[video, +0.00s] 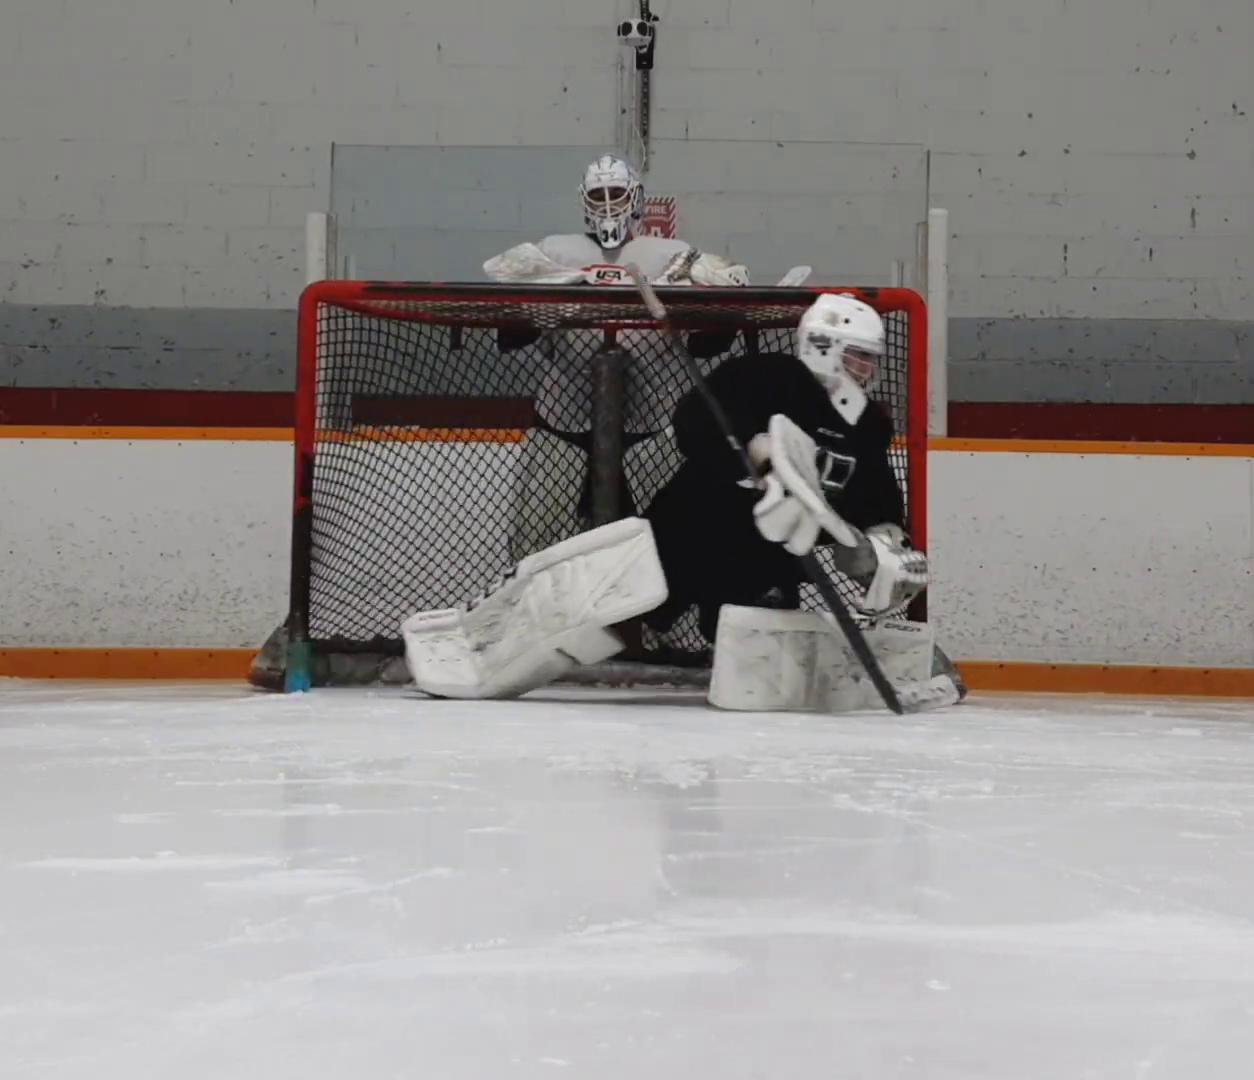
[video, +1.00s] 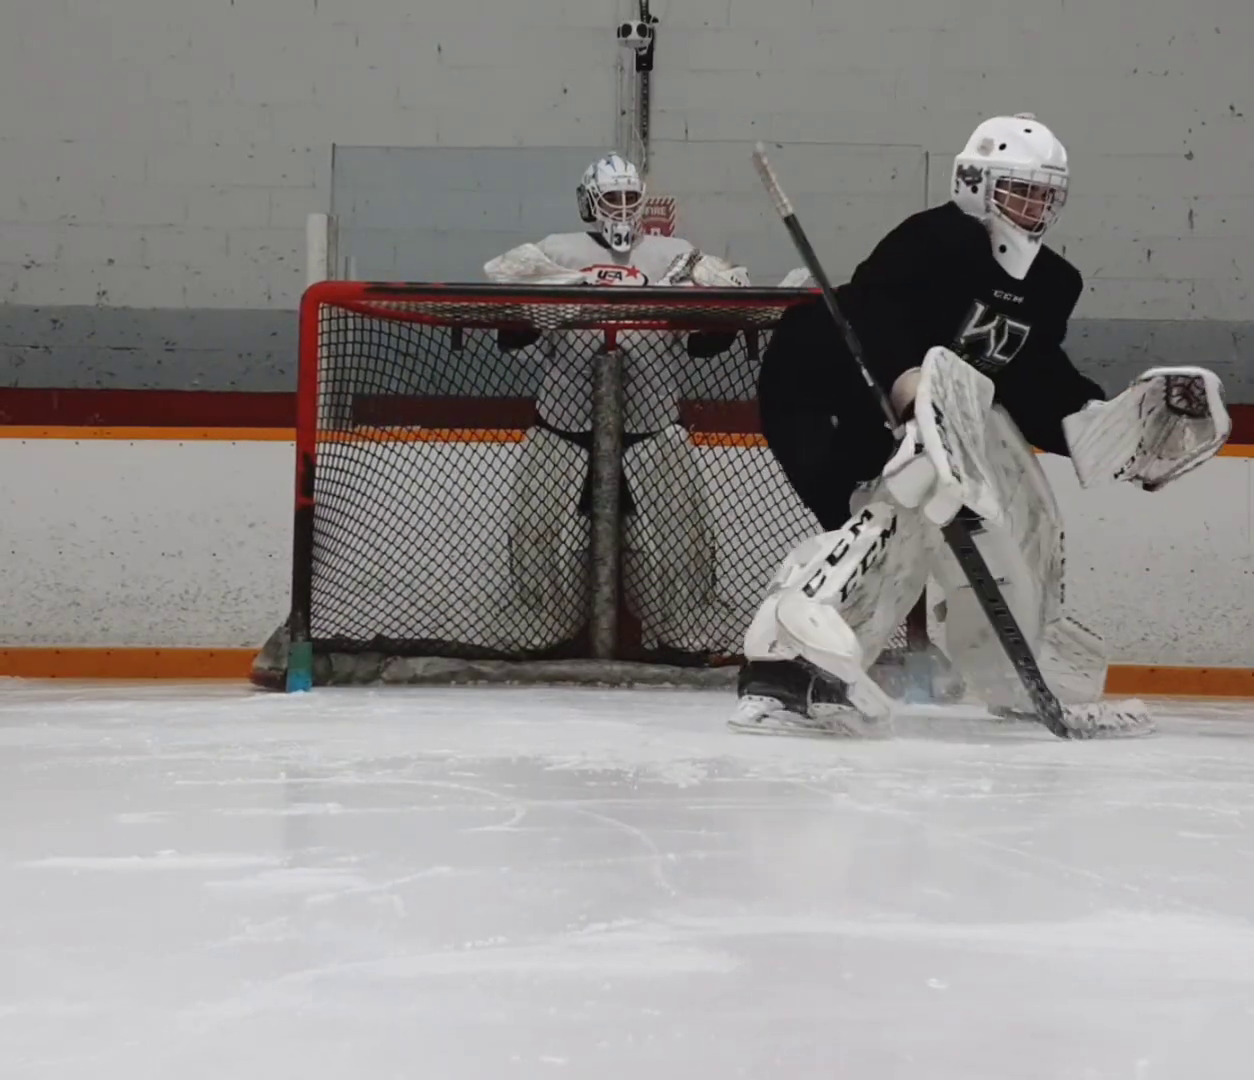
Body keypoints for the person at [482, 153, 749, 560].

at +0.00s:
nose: (608, 207)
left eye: (618, 196)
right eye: (598, 198)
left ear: (635, 199)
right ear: (584, 202)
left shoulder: (670, 255)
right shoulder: (555, 252)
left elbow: (706, 345)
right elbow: (509, 339)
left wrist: (721, 293)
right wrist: (524, 292)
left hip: (645, 415)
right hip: (569, 411)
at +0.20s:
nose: (616, 206)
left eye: (625, 196)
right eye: (605, 197)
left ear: (639, 200)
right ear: (586, 202)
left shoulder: (673, 256)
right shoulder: (554, 254)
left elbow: (704, 345)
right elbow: (510, 340)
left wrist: (714, 305)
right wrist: (533, 302)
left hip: (652, 438)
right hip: (564, 436)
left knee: (674, 551)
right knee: (542, 552)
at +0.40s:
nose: (620, 207)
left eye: (629, 197)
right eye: (609, 198)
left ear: (643, 200)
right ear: (589, 201)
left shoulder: (672, 256)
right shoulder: (557, 251)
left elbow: (714, 341)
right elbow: (509, 335)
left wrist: (706, 293)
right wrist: (558, 298)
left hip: (651, 438)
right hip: (564, 436)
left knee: (680, 543)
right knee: (544, 542)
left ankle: (678, 652)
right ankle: (545, 651)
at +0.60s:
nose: (620, 208)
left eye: (629, 198)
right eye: (608, 199)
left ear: (646, 201)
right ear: (588, 203)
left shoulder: (671, 255)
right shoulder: (560, 249)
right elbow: (508, 333)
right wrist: (567, 288)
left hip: (651, 432)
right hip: (564, 429)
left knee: (676, 531)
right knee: (542, 531)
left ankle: (677, 641)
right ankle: (543, 640)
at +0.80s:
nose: (622, 208)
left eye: (631, 198)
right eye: (610, 198)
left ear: (642, 201)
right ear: (588, 202)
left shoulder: (674, 256)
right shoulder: (556, 251)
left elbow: (709, 342)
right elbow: (509, 336)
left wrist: (716, 292)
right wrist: (557, 295)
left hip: (651, 434)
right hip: (564, 431)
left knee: (675, 538)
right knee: (540, 536)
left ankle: (674, 641)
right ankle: (544, 644)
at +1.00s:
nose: (622, 209)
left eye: (630, 199)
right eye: (610, 199)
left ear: (642, 203)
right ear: (588, 204)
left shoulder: (673, 257)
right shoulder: (557, 252)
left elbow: (709, 342)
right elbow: (509, 336)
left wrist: (709, 290)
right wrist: (564, 291)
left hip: (651, 434)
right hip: (564, 431)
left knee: (675, 536)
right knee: (538, 532)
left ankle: (675, 640)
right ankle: (545, 640)